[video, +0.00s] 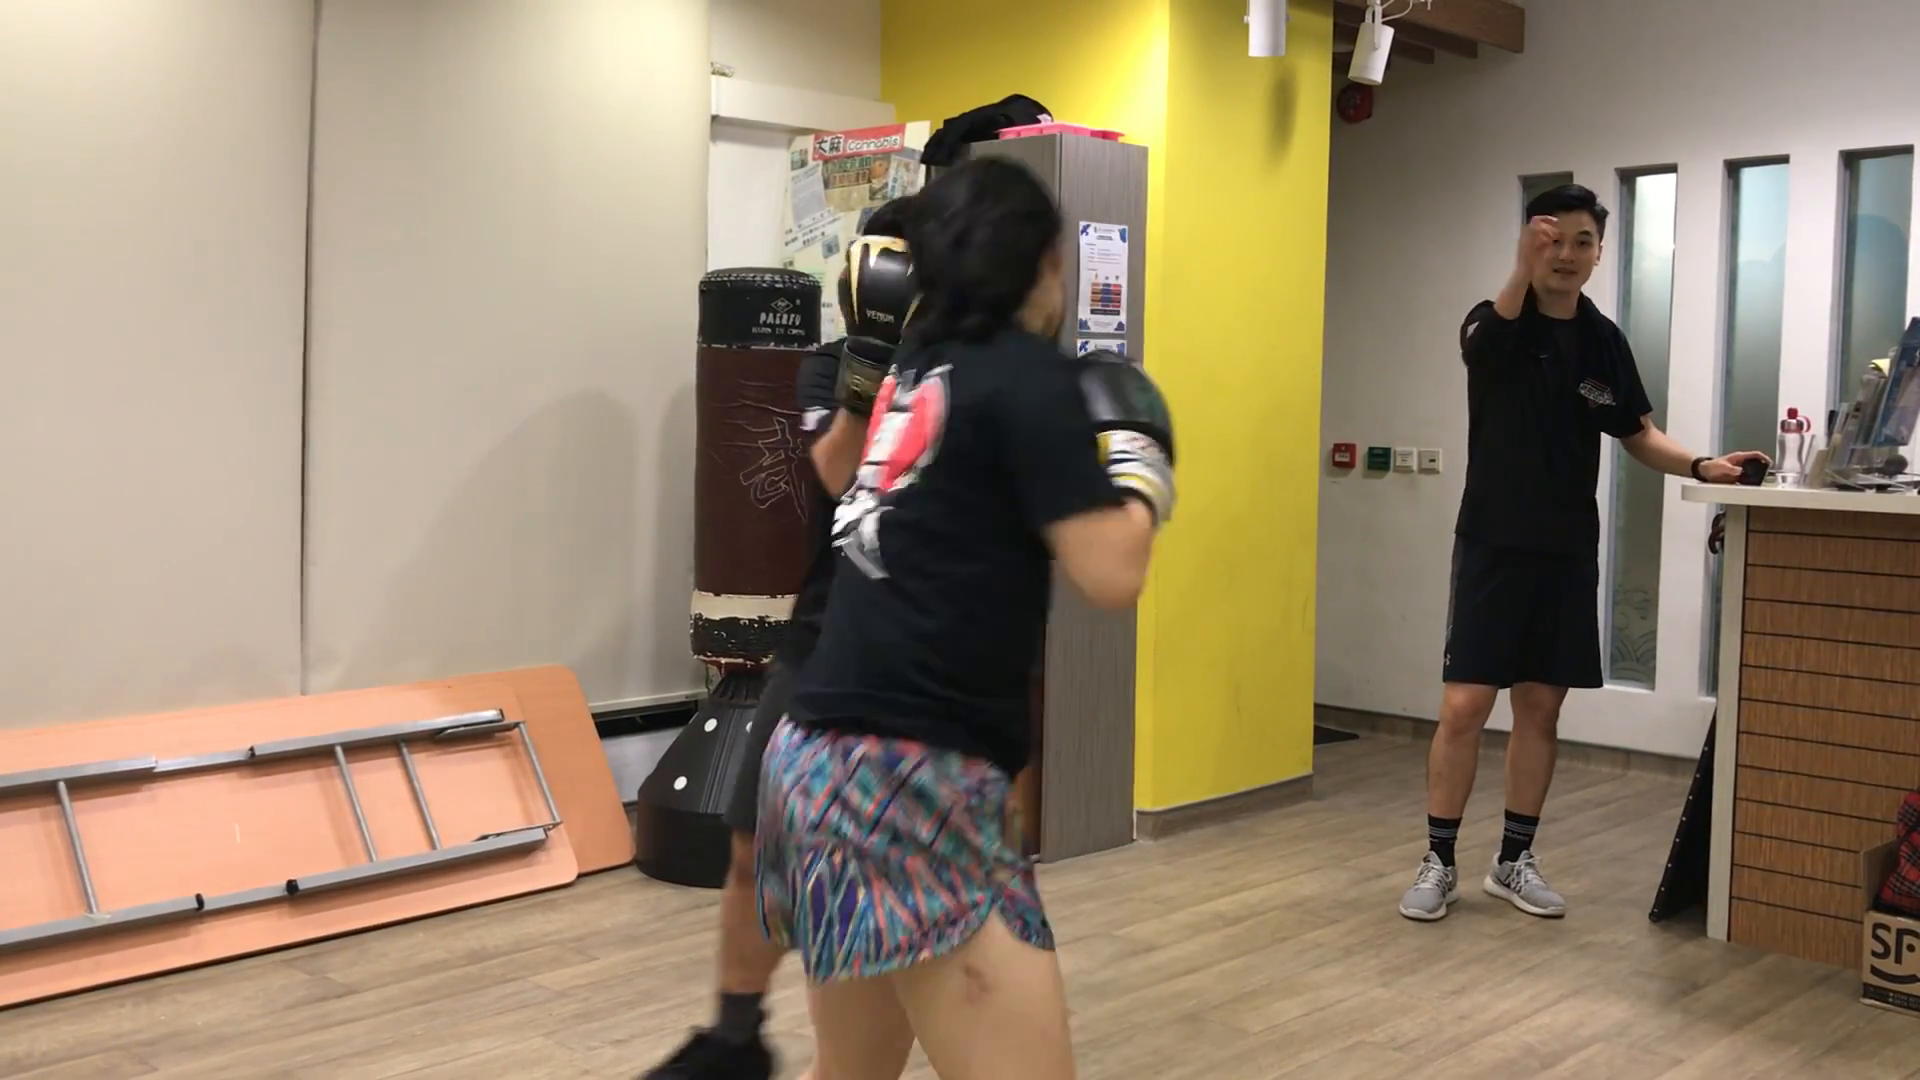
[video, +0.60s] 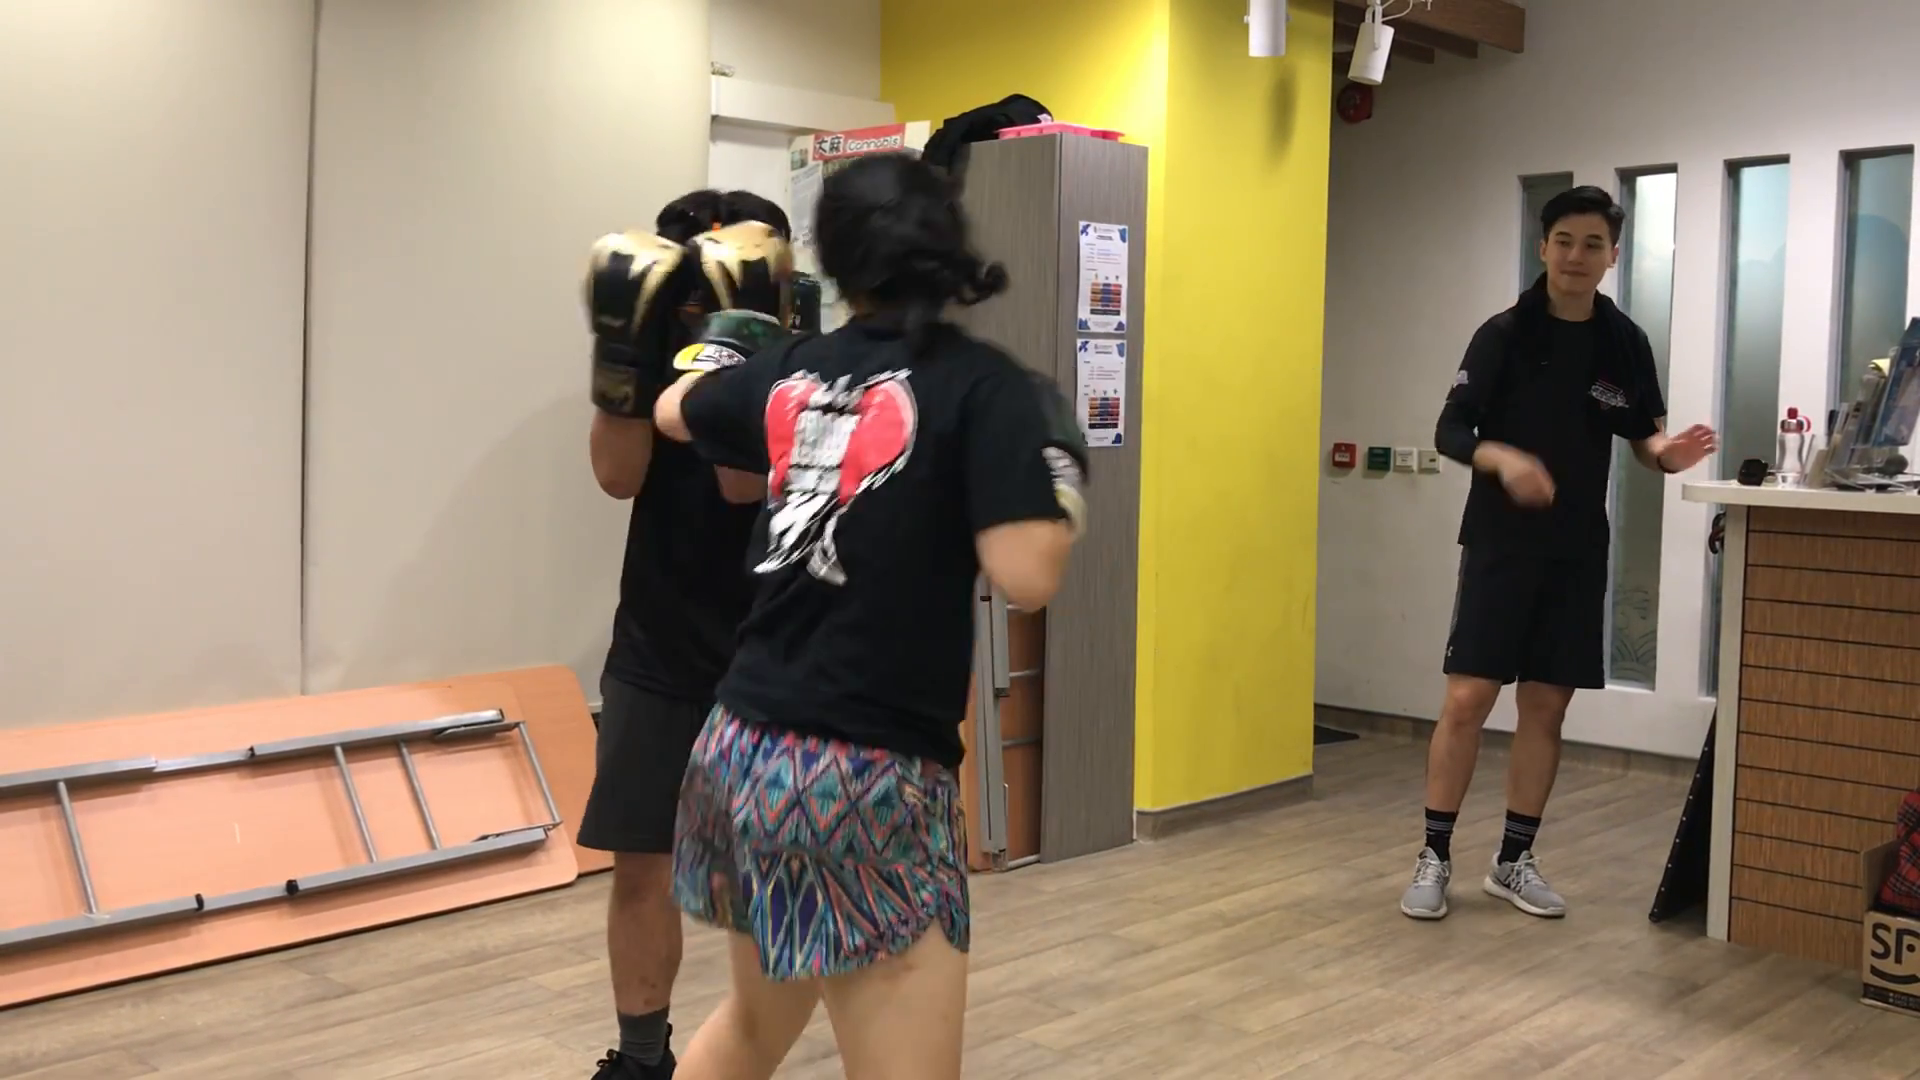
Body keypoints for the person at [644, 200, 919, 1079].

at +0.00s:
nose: (888, 281)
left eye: (902, 263)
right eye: (876, 262)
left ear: (938, 277)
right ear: (853, 275)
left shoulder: (968, 369)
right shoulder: (838, 365)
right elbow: (837, 471)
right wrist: (887, 367)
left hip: (936, 631)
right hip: (828, 621)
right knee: (755, 836)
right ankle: (734, 1035)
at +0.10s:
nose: (861, 292)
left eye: (877, 275)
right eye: (851, 273)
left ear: (911, 289)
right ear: (829, 283)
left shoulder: (941, 380)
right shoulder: (803, 369)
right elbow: (805, 477)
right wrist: (906, 413)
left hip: (900, 656)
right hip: (791, 644)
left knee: (912, 859)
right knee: (718, 861)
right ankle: (666, 1048)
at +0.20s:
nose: (857, 292)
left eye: (871, 276)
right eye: (841, 273)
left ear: (890, 288)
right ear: (799, 282)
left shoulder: (901, 381)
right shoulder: (755, 378)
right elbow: (775, 500)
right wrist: (858, 409)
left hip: (855, 661)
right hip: (743, 656)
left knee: (864, 876)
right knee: (683, 876)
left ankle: (823, 1059)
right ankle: (648, 1056)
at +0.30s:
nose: (808, 302)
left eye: (831, 286)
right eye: (789, 281)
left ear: (859, 297)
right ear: (749, 283)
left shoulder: (866, 387)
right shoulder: (707, 377)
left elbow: (887, 490)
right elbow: (707, 498)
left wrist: (849, 372)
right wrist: (774, 383)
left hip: (821, 669)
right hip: (703, 665)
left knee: (833, 866)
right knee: (662, 866)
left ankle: (841, 1057)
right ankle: (643, 1058)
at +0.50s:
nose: (737, 315)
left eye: (757, 295)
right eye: (718, 297)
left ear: (791, 297)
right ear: (684, 297)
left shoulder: (811, 378)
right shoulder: (659, 377)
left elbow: (788, 498)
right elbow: (614, 474)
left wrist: (808, 355)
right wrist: (648, 350)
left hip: (781, 662)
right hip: (662, 660)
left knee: (797, 874)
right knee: (642, 867)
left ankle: (796, 1046)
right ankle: (642, 1054)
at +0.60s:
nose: (719, 297)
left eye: (743, 279)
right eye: (700, 278)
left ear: (782, 285)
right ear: (669, 287)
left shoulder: (802, 375)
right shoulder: (656, 366)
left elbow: (741, 481)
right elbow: (618, 475)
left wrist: (746, 355)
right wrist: (623, 353)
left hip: (775, 657)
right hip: (662, 656)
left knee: (780, 864)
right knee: (642, 861)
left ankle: (766, 1045)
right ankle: (642, 1052)